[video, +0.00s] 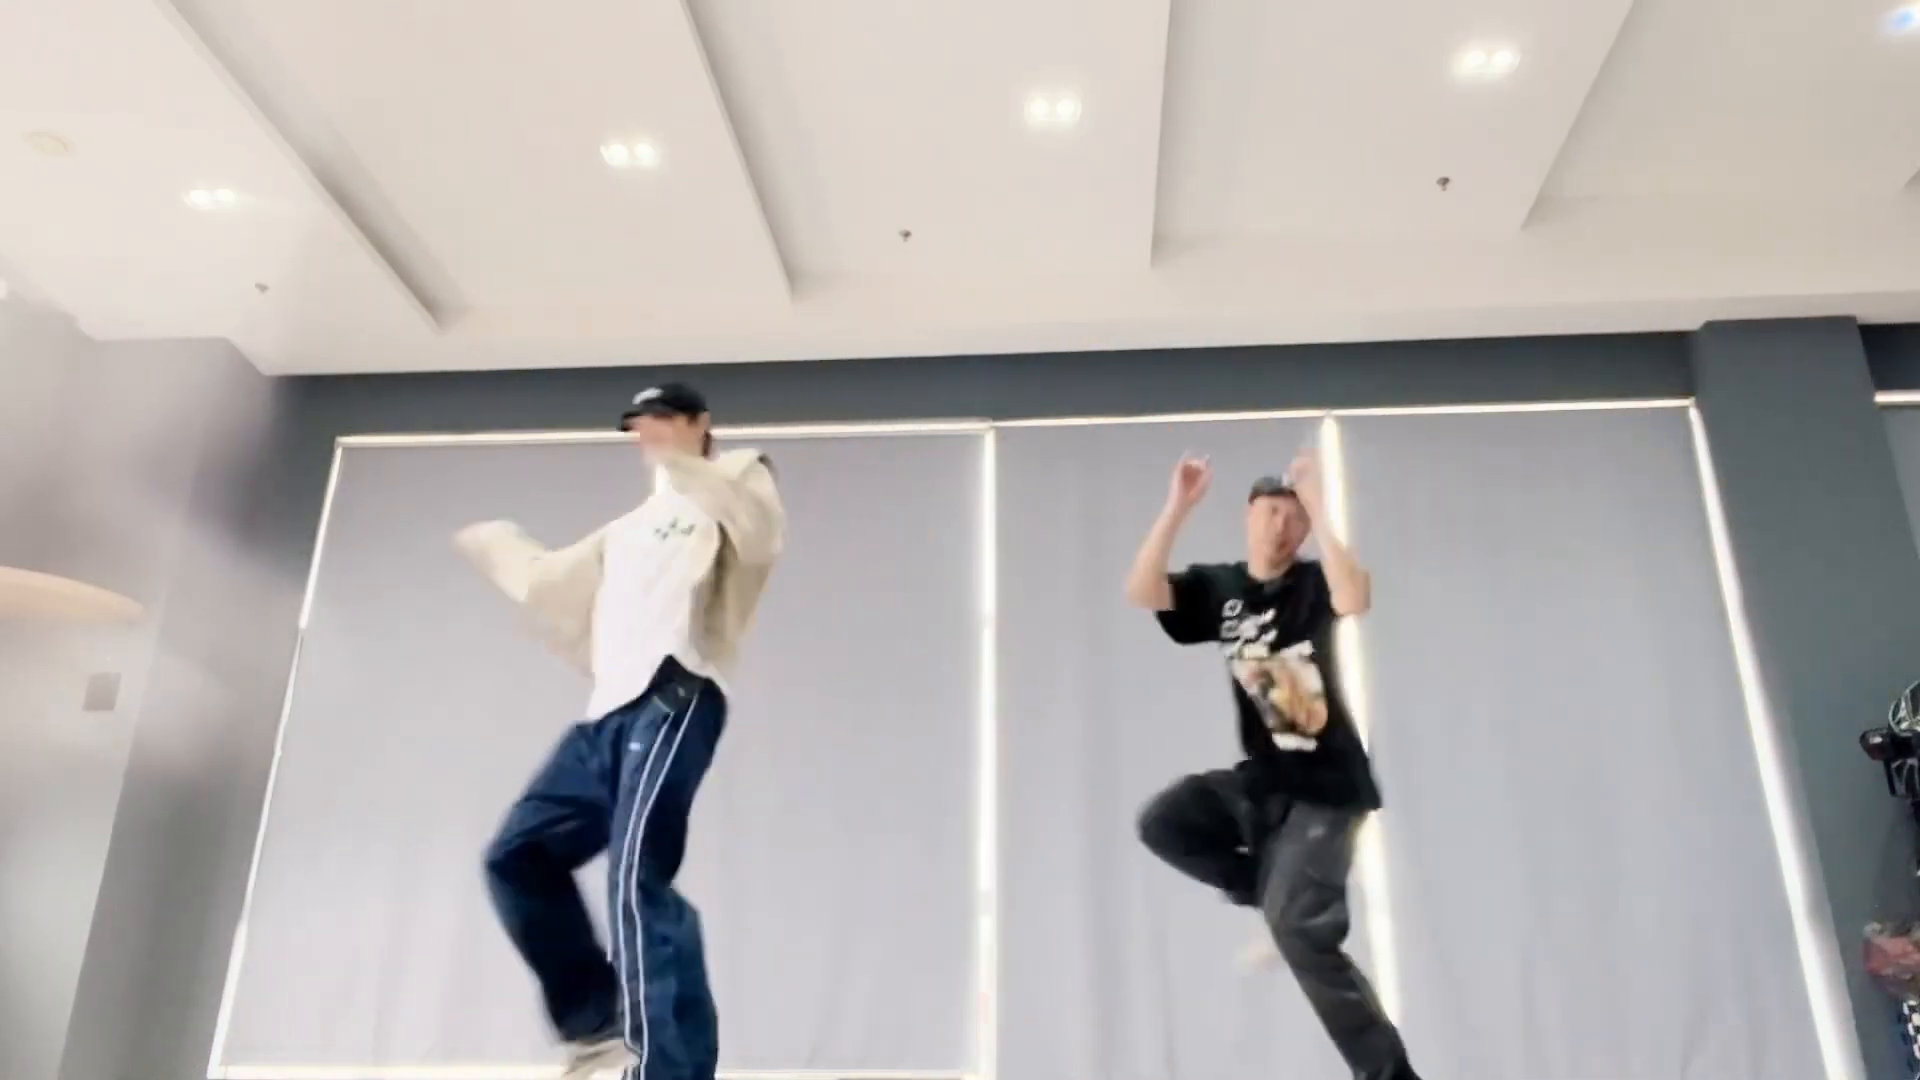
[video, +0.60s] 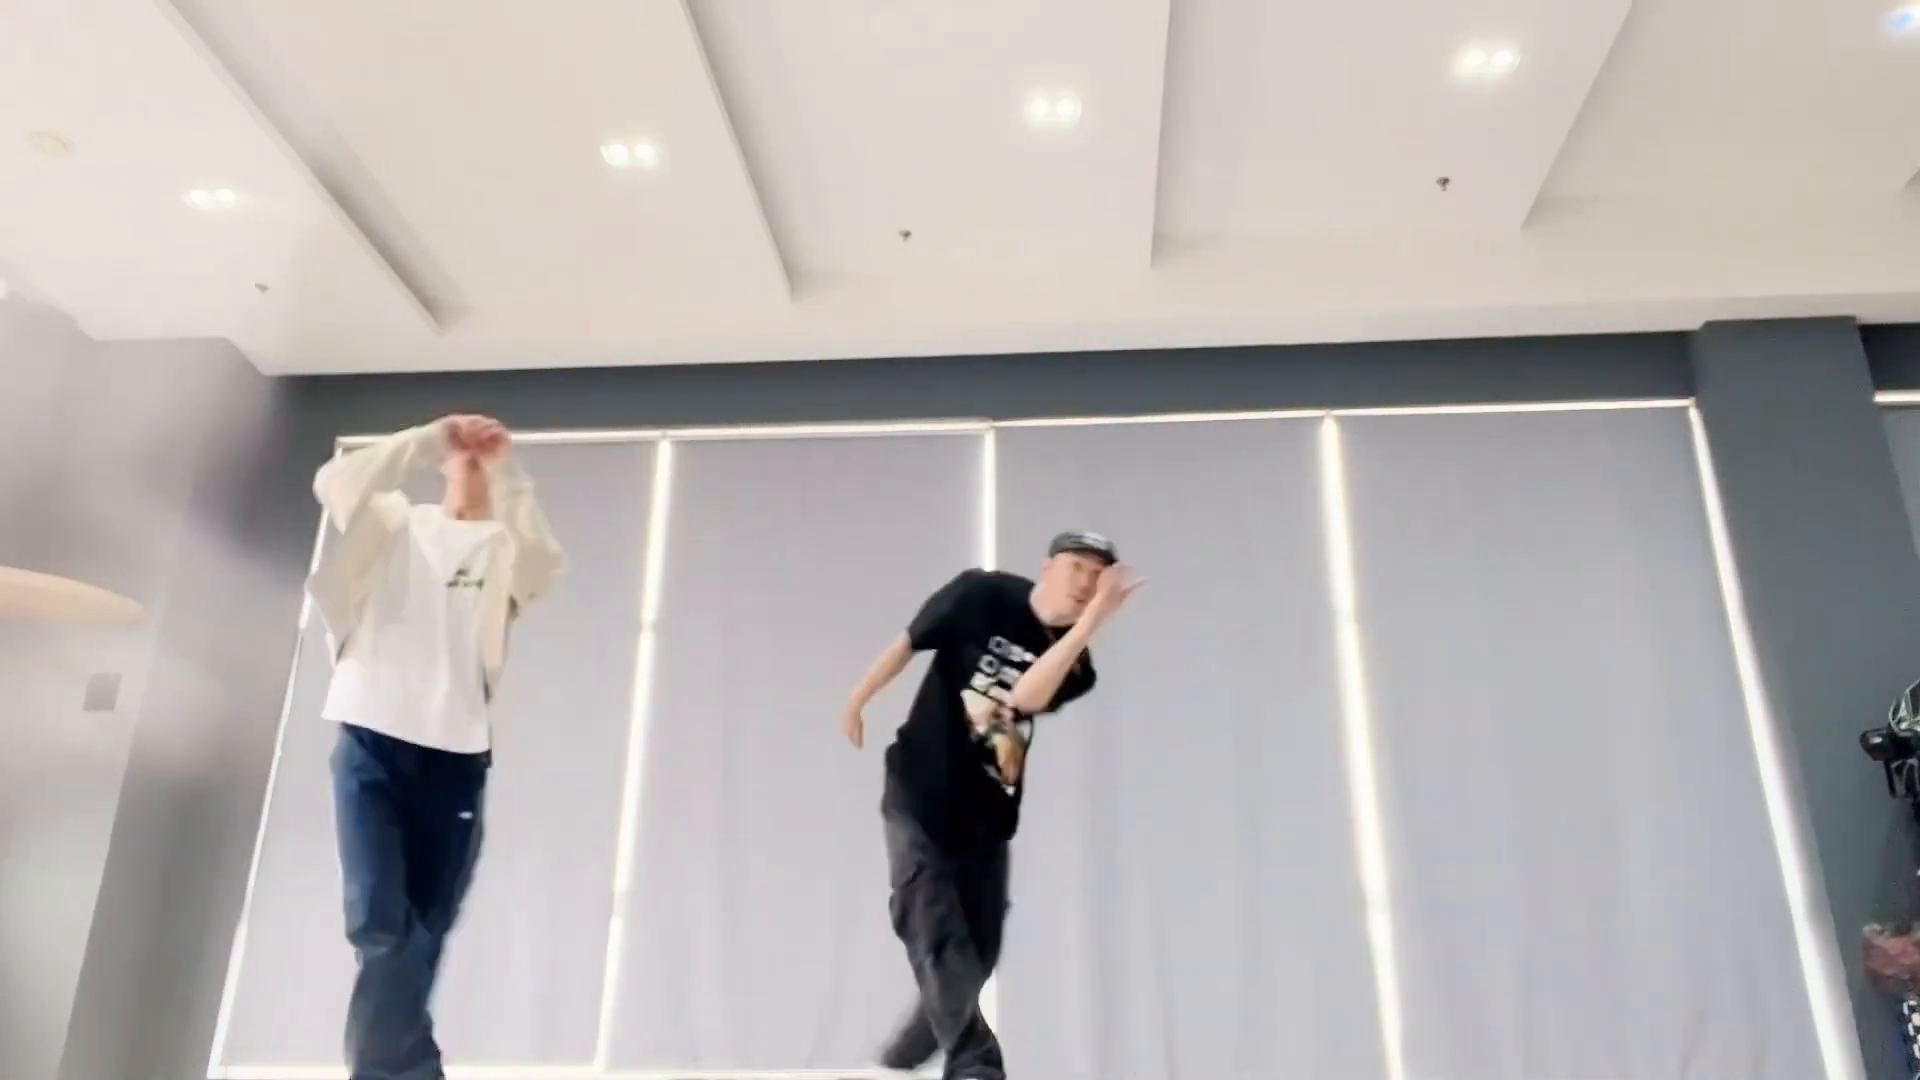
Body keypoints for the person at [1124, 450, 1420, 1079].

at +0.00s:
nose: (1283, 523)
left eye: (1295, 514)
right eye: (1272, 510)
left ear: (1306, 528)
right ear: (1247, 519)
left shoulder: (1319, 580)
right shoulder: (1222, 588)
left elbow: (1353, 600)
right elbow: (1144, 592)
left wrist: (1315, 511)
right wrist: (1176, 508)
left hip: (1327, 792)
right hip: (1260, 784)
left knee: (1295, 921)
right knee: (1164, 822)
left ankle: (1387, 1072)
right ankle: (1284, 900)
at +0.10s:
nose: (1259, 548)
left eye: (1274, 541)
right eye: (1252, 532)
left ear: (1281, 556)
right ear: (1223, 531)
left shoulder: (1294, 612)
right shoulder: (1175, 593)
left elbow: (1376, 634)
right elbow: (1084, 606)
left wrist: (1374, 544)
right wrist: (1121, 532)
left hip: (1265, 812)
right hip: (1192, 799)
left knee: (1292, 945)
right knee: (1097, 854)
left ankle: (1384, 1075)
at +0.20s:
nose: (1239, 560)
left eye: (1251, 555)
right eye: (1231, 544)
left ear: (1255, 569)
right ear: (1197, 539)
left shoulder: (1249, 641)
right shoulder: (1131, 592)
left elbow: (1310, 722)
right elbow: (1062, 650)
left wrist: (1378, 719)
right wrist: (1025, 650)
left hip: (1196, 827)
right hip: (1102, 819)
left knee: (1285, 931)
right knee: (1046, 936)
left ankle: (1366, 1069)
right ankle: (1003, 1065)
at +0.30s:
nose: (1208, 581)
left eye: (1221, 575)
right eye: (1201, 564)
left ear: (1224, 587)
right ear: (1167, 555)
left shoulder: (1192, 661)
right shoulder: (1089, 600)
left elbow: (1211, 780)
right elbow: (1014, 669)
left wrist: (1282, 847)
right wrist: (948, 717)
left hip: (1123, 821)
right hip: (1035, 802)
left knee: (1186, 941)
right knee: (992, 906)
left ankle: (1264, 1070)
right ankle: (983, 1067)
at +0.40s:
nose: (1174, 593)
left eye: (1187, 587)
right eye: (1168, 576)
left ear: (1191, 599)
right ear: (1135, 567)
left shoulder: (1148, 683)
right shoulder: (1056, 594)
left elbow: (1119, 785)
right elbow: (974, 653)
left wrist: (1144, 872)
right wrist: (904, 712)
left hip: (1063, 811)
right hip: (986, 784)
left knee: (1105, 941)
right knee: (963, 901)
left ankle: (1158, 1068)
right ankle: (979, 1064)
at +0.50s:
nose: (1136, 591)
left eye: (1148, 584)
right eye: (1128, 574)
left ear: (1151, 595)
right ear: (1095, 568)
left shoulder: (1111, 682)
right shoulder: (1024, 594)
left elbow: (1048, 770)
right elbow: (942, 644)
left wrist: (1048, 757)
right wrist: (870, 698)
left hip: (1020, 804)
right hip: (951, 779)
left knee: (1036, 949)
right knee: (946, 916)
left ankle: (1052, 1069)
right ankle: (977, 1064)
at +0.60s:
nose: (1086, 586)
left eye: (1097, 579)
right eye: (1078, 570)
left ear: (1102, 592)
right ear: (1047, 566)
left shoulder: (1077, 669)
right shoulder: (981, 593)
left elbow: (1026, 696)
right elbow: (909, 645)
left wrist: (1092, 616)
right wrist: (856, 702)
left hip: (988, 803)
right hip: (923, 777)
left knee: (981, 944)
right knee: (930, 915)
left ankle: (900, 1056)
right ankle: (973, 1064)